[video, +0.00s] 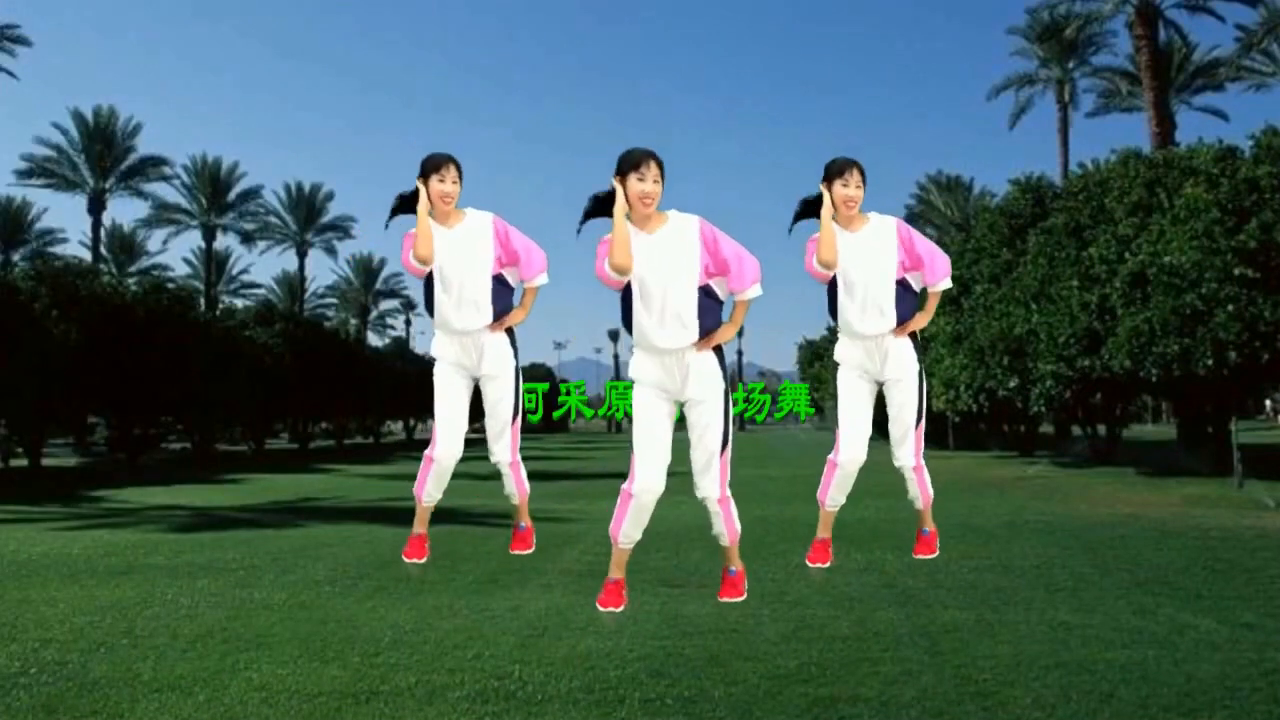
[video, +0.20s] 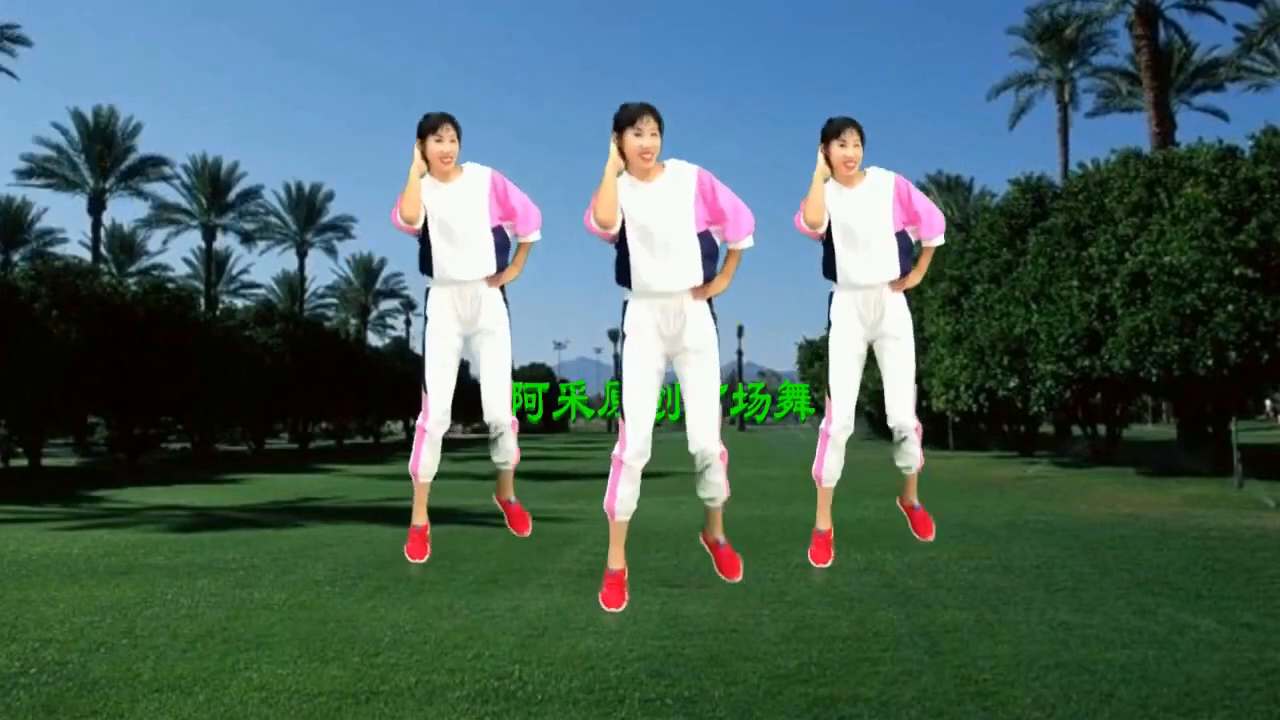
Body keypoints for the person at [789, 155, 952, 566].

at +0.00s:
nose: (851, 193)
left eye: (857, 186)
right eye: (843, 185)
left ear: (864, 191)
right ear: (827, 191)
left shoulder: (892, 228)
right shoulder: (821, 239)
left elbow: (938, 266)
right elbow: (828, 263)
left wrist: (925, 314)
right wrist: (827, 213)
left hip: (899, 348)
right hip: (853, 352)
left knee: (905, 455)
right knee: (849, 453)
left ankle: (926, 526)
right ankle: (822, 536)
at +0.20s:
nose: (849, 152)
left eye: (854, 145)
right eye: (841, 146)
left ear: (863, 150)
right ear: (826, 153)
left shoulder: (889, 184)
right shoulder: (821, 195)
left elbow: (934, 223)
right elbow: (814, 222)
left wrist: (917, 273)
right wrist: (820, 170)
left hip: (891, 300)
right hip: (847, 304)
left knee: (902, 419)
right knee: (838, 419)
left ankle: (910, 499)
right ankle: (823, 523)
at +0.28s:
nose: (847, 152)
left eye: (852, 144)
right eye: (839, 145)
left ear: (862, 148)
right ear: (824, 153)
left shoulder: (889, 182)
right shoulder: (821, 193)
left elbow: (932, 224)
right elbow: (814, 223)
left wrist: (917, 276)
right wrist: (819, 169)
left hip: (887, 296)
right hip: (843, 298)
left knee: (892, 422)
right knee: (838, 417)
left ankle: (886, 462)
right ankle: (829, 523)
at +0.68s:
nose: (857, 153)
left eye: (859, 145)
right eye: (847, 146)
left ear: (867, 156)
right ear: (832, 159)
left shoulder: (895, 200)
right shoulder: (823, 205)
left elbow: (930, 247)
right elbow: (859, 217)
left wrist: (916, 291)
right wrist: (853, 159)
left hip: (889, 308)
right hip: (844, 309)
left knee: (898, 430)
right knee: (839, 430)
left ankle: (895, 492)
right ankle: (831, 530)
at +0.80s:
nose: (860, 165)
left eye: (867, 158)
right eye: (852, 157)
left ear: (877, 165)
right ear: (838, 164)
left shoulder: (899, 202)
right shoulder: (829, 206)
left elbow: (936, 246)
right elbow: (876, 214)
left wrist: (924, 288)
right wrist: (906, 167)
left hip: (901, 309)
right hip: (858, 313)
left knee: (910, 427)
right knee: (854, 432)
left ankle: (920, 521)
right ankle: (835, 533)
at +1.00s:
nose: (866, 179)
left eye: (873, 173)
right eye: (858, 173)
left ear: (881, 181)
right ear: (843, 181)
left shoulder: (902, 223)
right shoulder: (835, 224)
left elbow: (943, 267)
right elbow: (882, 243)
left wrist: (923, 314)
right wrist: (936, 220)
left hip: (905, 338)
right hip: (860, 340)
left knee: (911, 443)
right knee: (861, 448)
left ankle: (919, 526)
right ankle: (834, 536)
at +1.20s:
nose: (863, 149)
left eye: (870, 142)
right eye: (854, 142)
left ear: (880, 148)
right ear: (840, 148)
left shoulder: (901, 194)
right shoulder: (830, 189)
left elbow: (931, 243)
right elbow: (848, 241)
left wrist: (918, 275)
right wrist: (898, 274)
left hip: (887, 304)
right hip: (842, 302)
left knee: (894, 423)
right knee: (837, 418)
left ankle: (886, 469)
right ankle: (826, 524)